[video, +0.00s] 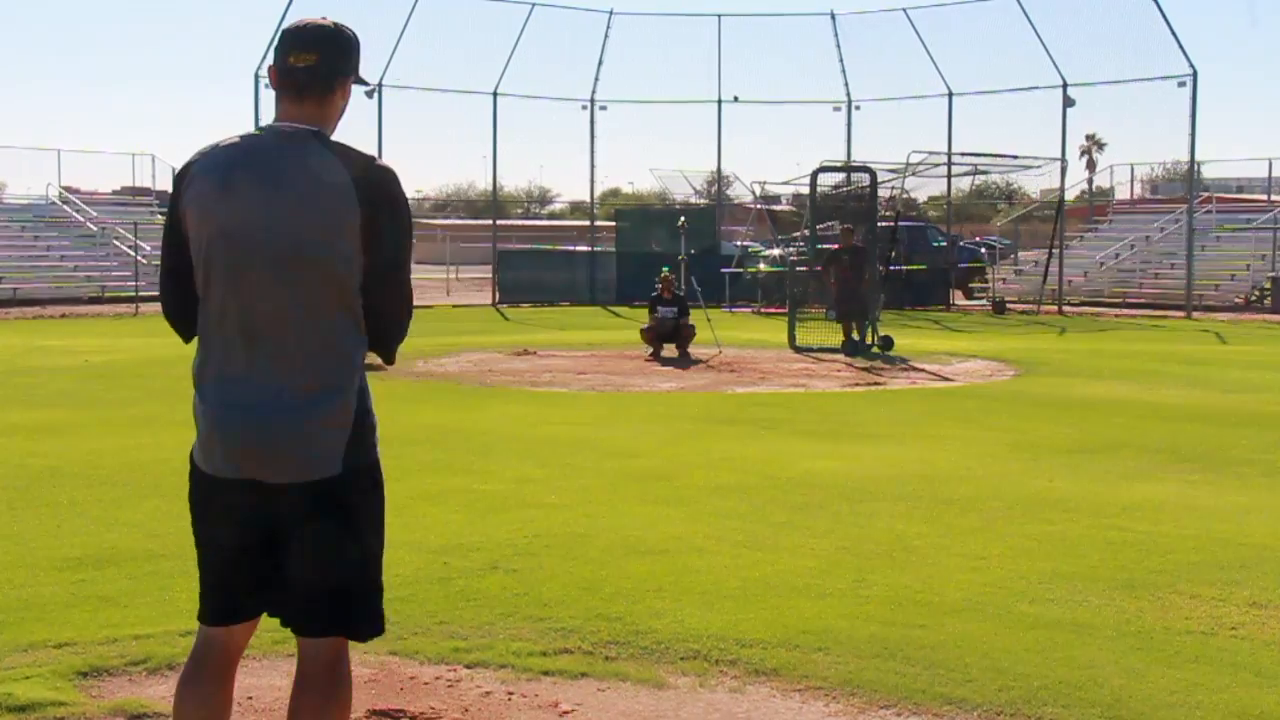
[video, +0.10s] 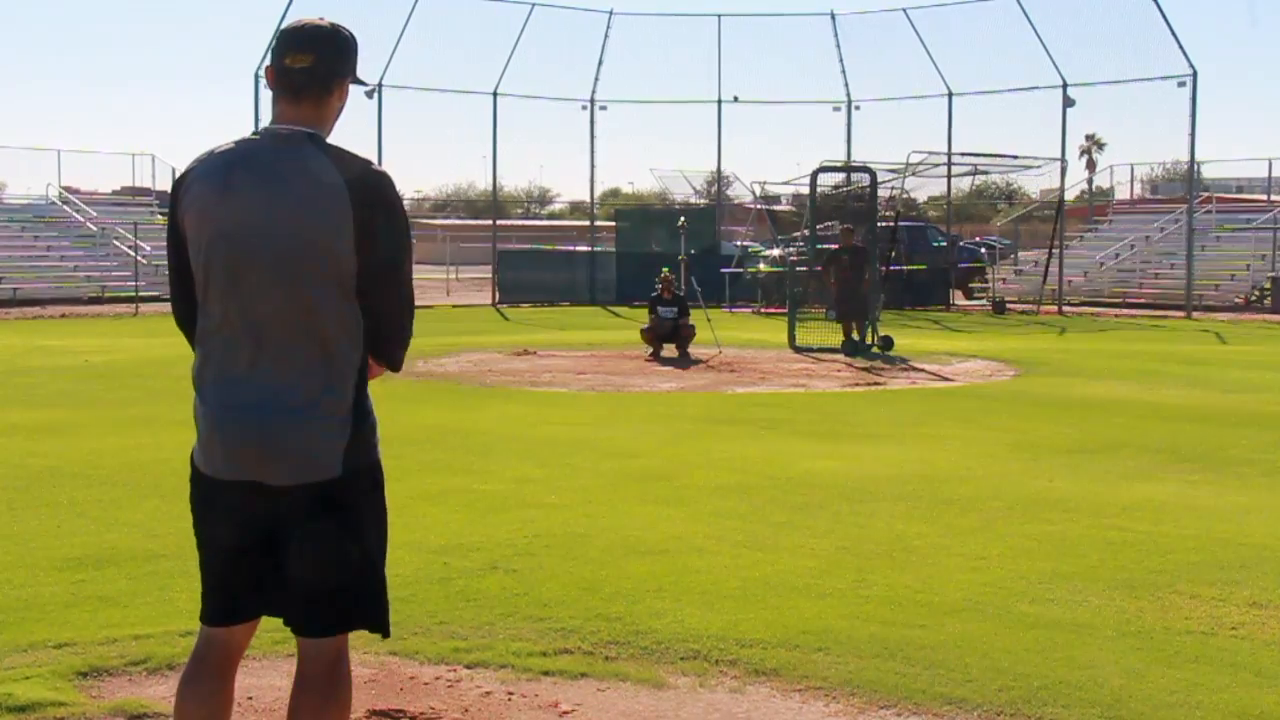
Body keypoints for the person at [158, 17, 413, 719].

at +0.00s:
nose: (342, 99)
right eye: (348, 88)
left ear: (272, 82)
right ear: (348, 92)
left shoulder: (200, 172)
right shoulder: (371, 182)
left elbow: (182, 315)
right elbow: (387, 332)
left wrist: (254, 272)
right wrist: (323, 271)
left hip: (223, 442)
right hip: (326, 446)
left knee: (220, 631)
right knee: (325, 648)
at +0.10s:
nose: (343, 98)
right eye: (346, 88)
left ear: (269, 82)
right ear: (344, 92)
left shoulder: (198, 178)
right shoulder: (366, 186)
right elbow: (390, 342)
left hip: (222, 445)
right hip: (325, 449)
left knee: (221, 633)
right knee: (324, 647)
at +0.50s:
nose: (329, 109)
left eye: (330, 98)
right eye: (331, 97)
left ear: (255, 90)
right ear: (321, 98)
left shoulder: (181, 186)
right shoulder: (329, 194)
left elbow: (165, 314)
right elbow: (352, 322)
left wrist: (226, 362)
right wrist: (391, 381)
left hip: (209, 446)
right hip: (307, 450)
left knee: (208, 588)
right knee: (312, 640)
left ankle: (156, 714)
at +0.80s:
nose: (273, 137)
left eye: (279, 124)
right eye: (278, 121)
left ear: (207, 104)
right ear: (259, 111)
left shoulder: (142, 190)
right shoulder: (235, 202)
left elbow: (197, 313)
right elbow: (288, 339)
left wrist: (309, 301)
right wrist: (348, 327)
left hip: (139, 451)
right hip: (229, 454)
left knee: (125, 627)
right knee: (274, 641)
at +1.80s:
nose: (258, 150)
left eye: (264, 139)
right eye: (256, 133)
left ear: (220, 117)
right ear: (215, 108)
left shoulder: (229, 200)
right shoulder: (141, 185)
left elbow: (279, 311)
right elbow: (189, 294)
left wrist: (317, 262)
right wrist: (288, 261)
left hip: (207, 445)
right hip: (156, 448)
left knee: (200, 610)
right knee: (227, 618)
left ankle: (138, 716)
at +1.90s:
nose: (265, 144)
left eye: (271, 131)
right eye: (262, 126)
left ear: (228, 113)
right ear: (216, 103)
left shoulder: (248, 199)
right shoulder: (135, 183)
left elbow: (299, 305)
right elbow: (171, 281)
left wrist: (318, 253)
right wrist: (282, 237)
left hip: (233, 437)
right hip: (160, 447)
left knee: (291, 581)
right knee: (219, 619)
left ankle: (185, 710)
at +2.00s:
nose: (267, 144)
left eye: (272, 131)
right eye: (263, 126)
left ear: (228, 112)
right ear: (219, 103)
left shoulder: (251, 189)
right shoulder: (131, 179)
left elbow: (316, 299)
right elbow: (141, 265)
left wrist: (312, 236)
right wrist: (257, 216)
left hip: (250, 427)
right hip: (167, 442)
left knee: (328, 567)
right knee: (209, 622)